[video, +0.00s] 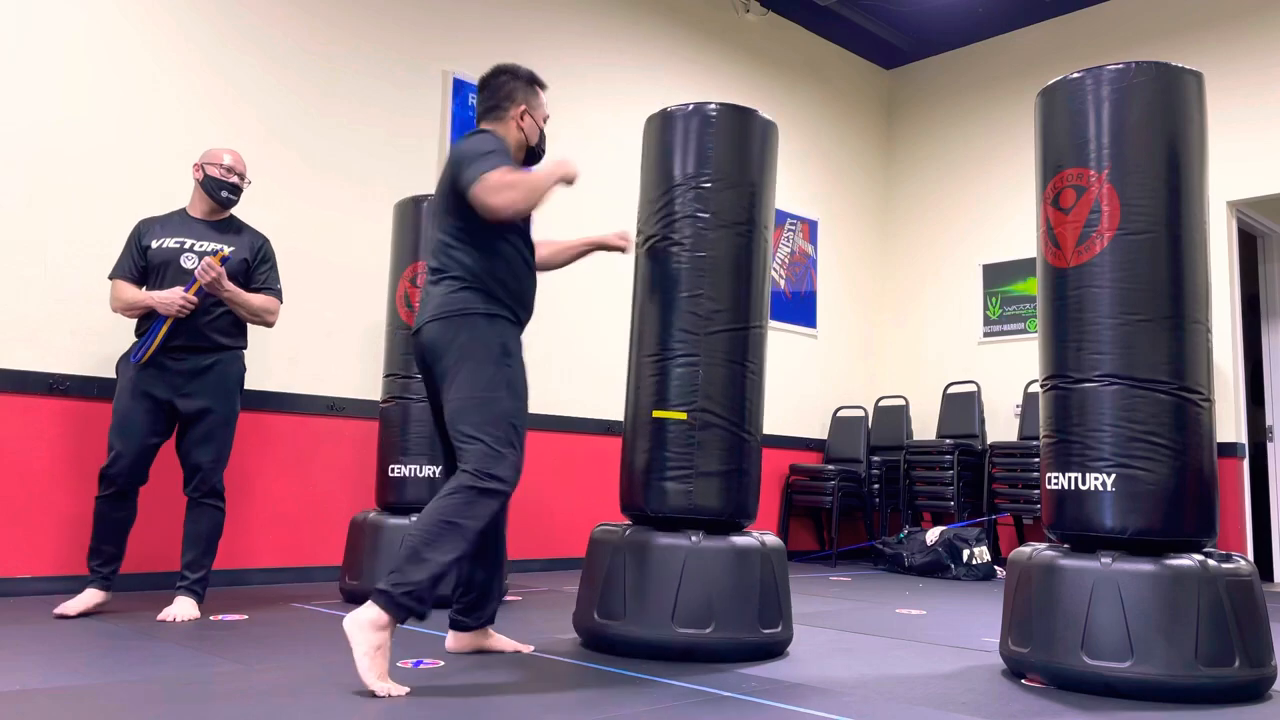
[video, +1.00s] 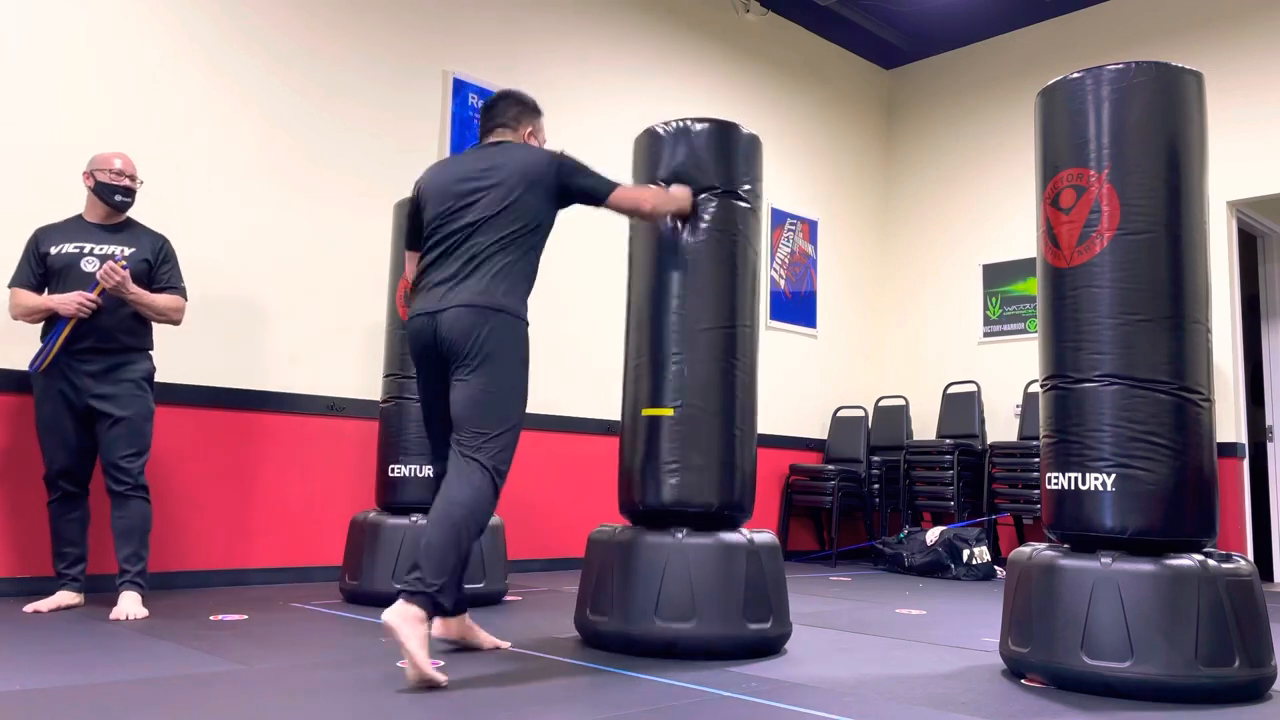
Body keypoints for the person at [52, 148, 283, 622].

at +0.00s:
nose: (231, 179)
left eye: (239, 176)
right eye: (222, 168)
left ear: (244, 189)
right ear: (197, 172)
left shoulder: (253, 244)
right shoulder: (150, 230)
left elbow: (269, 313)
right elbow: (119, 298)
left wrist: (227, 290)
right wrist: (156, 299)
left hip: (214, 377)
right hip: (148, 371)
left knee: (205, 483)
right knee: (119, 472)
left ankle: (189, 593)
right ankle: (99, 584)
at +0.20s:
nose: (215, 178)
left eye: (222, 175)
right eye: (206, 169)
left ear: (227, 190)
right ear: (182, 174)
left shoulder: (238, 245)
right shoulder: (134, 232)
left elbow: (254, 314)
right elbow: (103, 299)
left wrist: (212, 290)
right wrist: (141, 300)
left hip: (200, 377)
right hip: (134, 372)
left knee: (198, 481)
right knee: (96, 468)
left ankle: (189, 593)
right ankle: (74, 575)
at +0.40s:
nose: (186, 184)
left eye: (194, 180)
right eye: (177, 173)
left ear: (200, 193)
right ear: (152, 177)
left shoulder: (208, 248)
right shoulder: (105, 234)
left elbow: (225, 317)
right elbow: (73, 300)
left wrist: (183, 290)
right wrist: (113, 300)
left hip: (173, 379)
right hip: (106, 375)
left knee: (180, 483)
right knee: (85, 481)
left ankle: (186, 593)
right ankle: (72, 584)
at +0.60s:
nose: (153, 185)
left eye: (160, 181)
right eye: (144, 175)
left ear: (167, 192)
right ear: (119, 180)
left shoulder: (180, 249)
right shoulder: (75, 237)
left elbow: (193, 319)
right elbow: (42, 302)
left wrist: (150, 294)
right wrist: (79, 299)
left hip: (146, 383)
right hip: (79, 380)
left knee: (160, 482)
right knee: (72, 484)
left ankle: (176, 590)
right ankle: (70, 587)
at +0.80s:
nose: (130, 181)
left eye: (139, 177)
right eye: (121, 172)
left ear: (147, 189)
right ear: (98, 178)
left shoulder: (163, 246)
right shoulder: (56, 237)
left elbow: (181, 314)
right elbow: (25, 301)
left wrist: (135, 292)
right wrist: (65, 298)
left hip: (133, 381)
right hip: (67, 378)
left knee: (132, 481)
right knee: (68, 483)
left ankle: (135, 589)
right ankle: (71, 586)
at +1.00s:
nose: (123, 182)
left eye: (130, 177)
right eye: (113, 173)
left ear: (137, 188)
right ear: (87, 179)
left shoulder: (154, 245)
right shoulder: (47, 239)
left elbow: (176, 312)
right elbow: (17, 304)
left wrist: (131, 292)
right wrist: (55, 302)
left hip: (125, 380)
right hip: (60, 379)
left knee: (127, 481)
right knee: (64, 484)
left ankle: (131, 589)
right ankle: (70, 586)